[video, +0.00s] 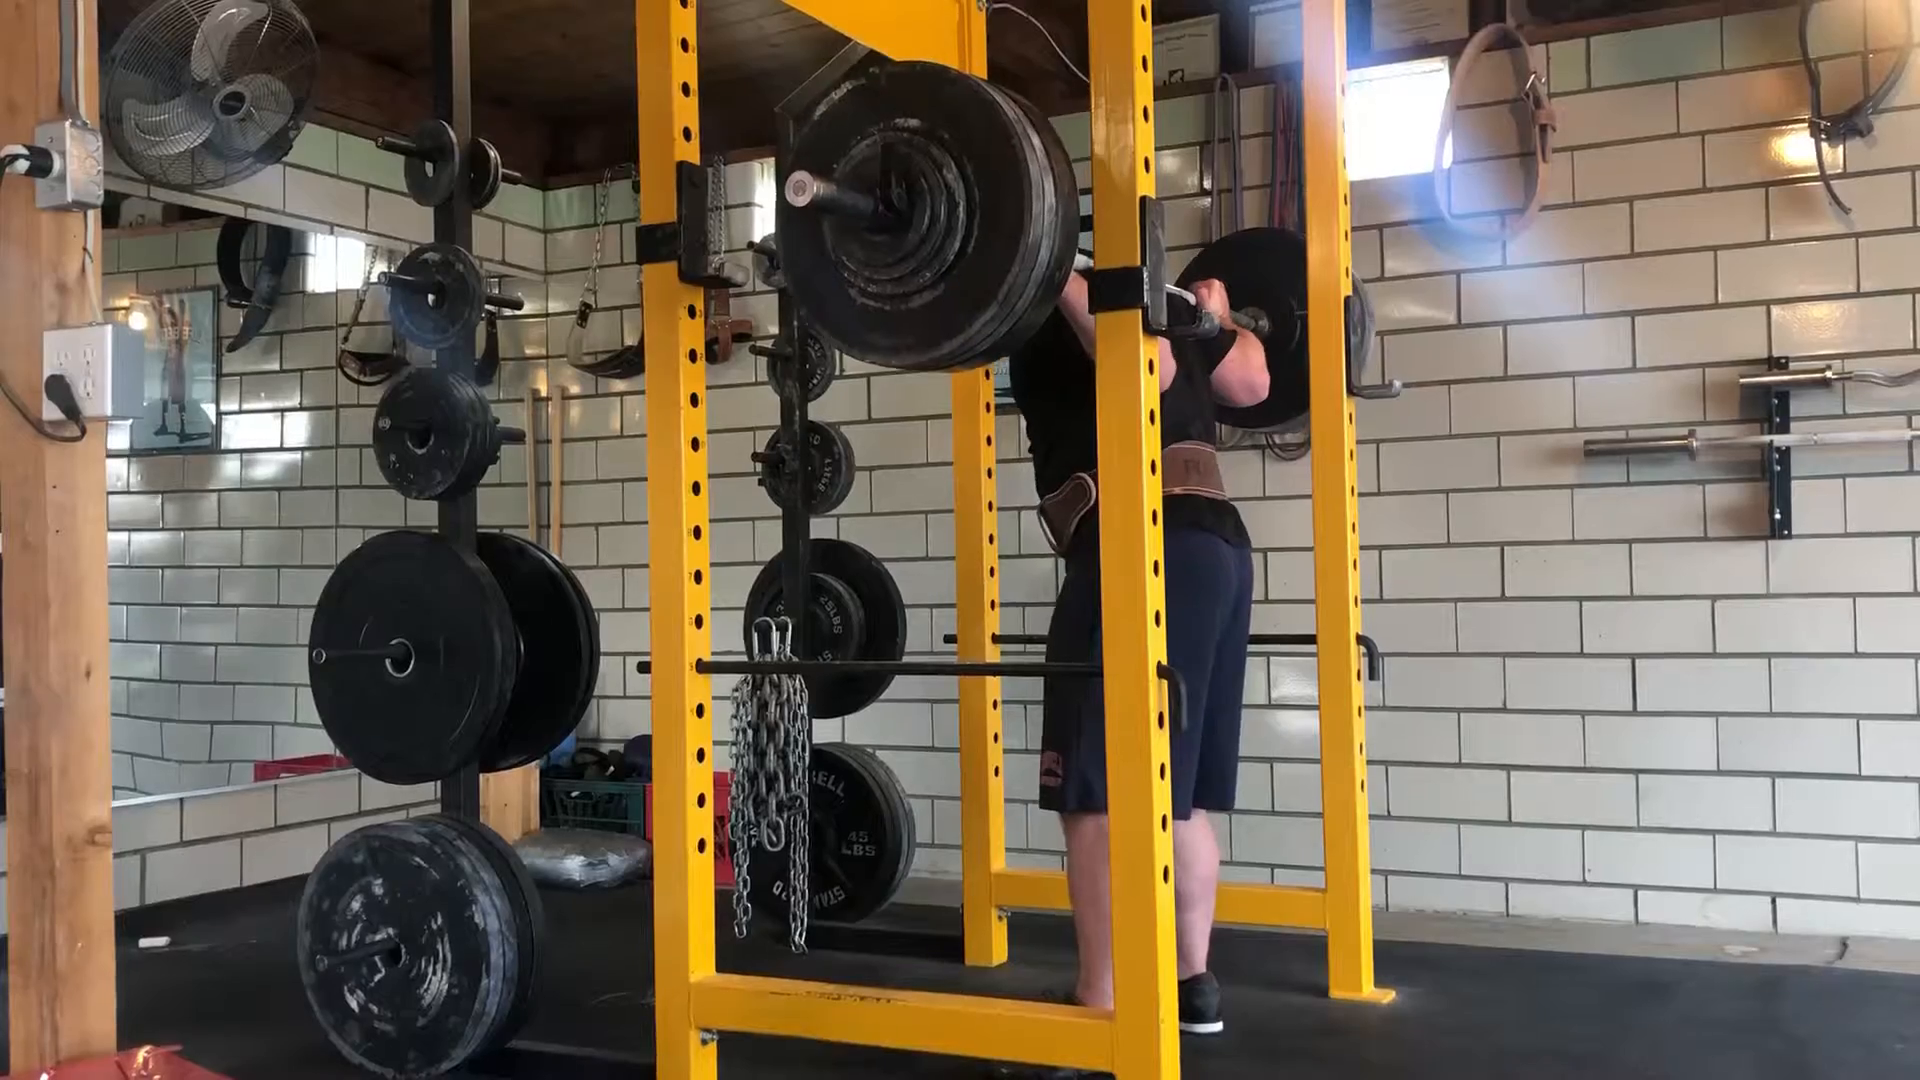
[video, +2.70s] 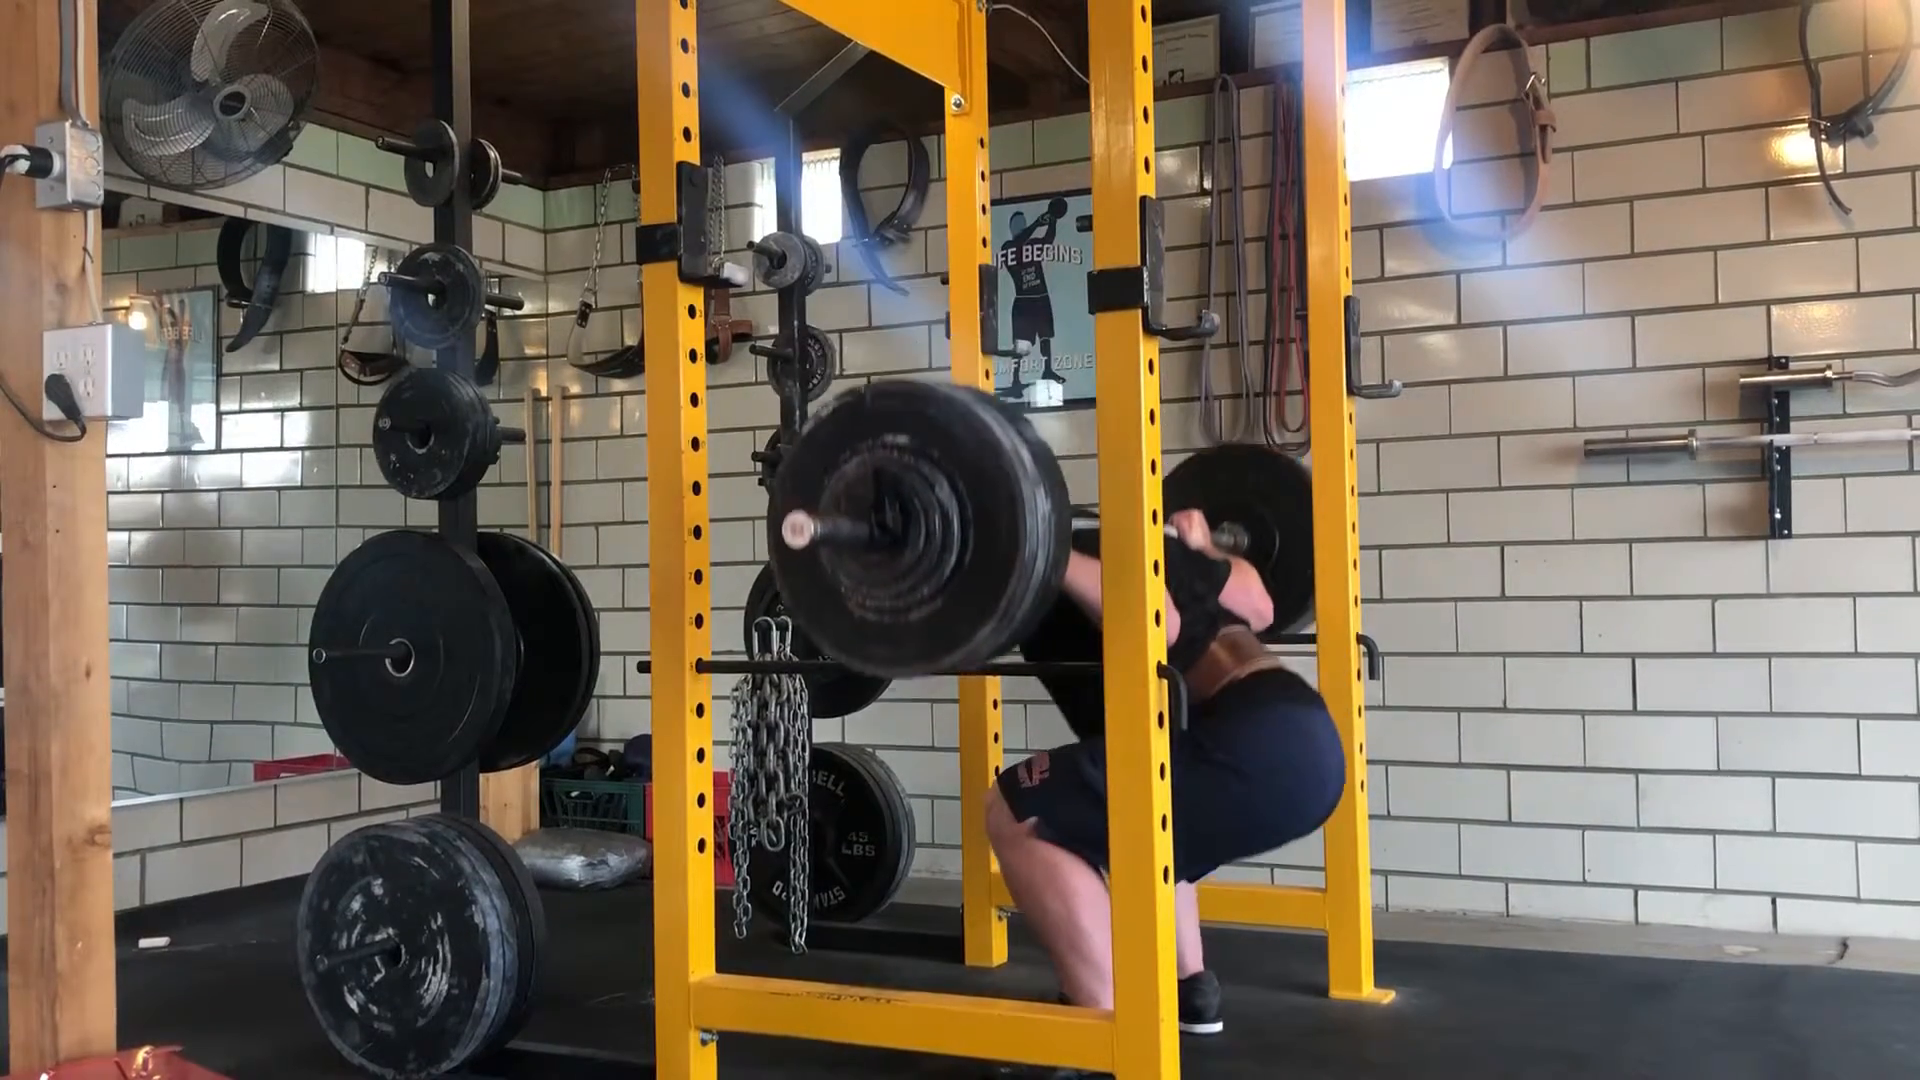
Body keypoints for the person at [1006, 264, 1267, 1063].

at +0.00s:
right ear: (1072, 225)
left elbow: (1145, 373)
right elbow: (1252, 380)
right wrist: (1214, 314)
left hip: (1130, 540)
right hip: (1215, 544)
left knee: (1090, 781)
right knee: (1191, 780)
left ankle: (1099, 1001)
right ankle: (1194, 985)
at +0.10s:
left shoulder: (1057, 305)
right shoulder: (1173, 305)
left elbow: (1153, 368)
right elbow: (1254, 377)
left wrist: (1067, 280)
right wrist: (1216, 311)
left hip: (1133, 542)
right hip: (1215, 546)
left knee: (1094, 787)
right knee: (1187, 786)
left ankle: (1099, 1004)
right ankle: (1192, 984)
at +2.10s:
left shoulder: (1073, 395)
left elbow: (1167, 457)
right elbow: (1259, 458)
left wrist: (1048, 375)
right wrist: (1209, 393)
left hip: (1234, 601)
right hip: (1291, 602)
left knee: (1064, 786)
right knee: (1185, 795)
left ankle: (1099, 1006)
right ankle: (1192, 986)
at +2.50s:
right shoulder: (1144, 496)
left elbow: (1163, 568)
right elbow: (1262, 555)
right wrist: (1216, 505)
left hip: (1261, 694)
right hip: (1310, 694)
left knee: (1036, 802)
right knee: (1169, 812)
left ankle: (1102, 1021)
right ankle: (1190, 982)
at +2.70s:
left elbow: (1161, 626)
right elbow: (1259, 603)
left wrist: (1041, 545)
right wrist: (1203, 550)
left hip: (1266, 744)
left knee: (1016, 810)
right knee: (1145, 812)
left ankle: (1104, 1029)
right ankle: (1188, 983)